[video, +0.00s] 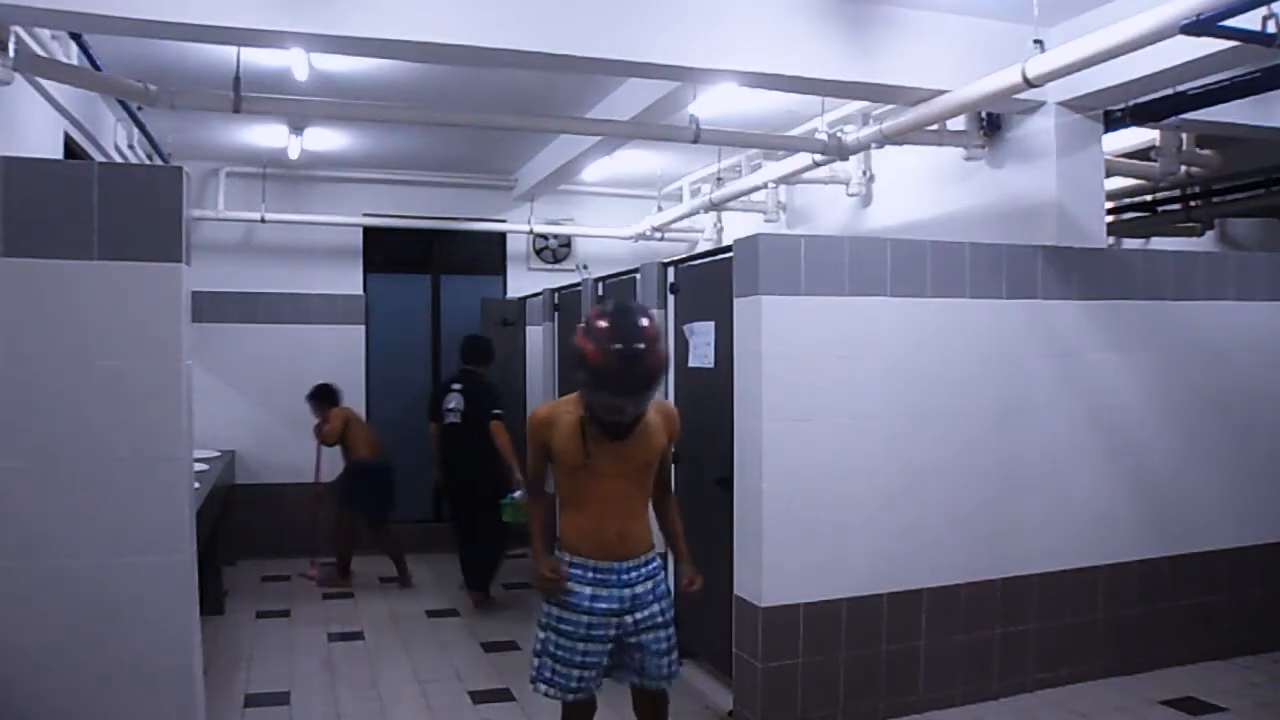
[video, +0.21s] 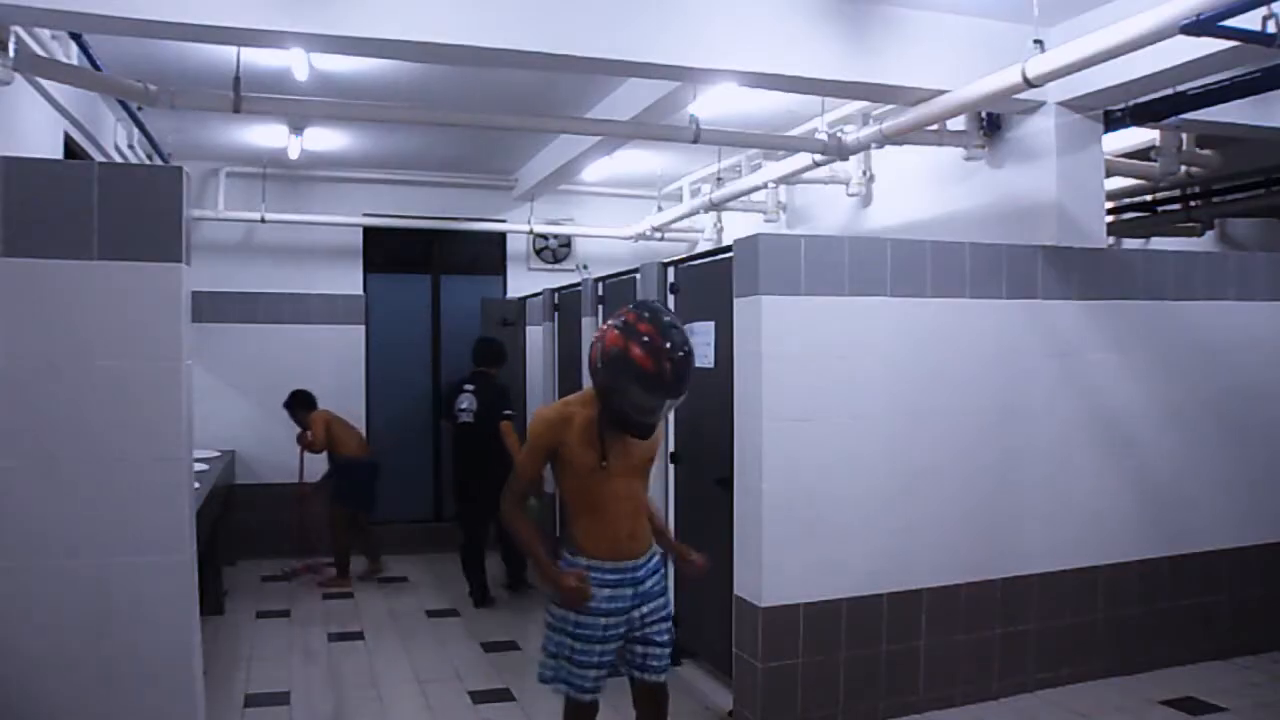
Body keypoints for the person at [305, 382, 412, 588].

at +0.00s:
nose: (314, 411)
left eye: (315, 406)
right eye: (313, 407)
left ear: (322, 404)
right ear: (334, 401)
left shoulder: (339, 413)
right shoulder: (350, 415)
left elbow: (331, 438)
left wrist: (319, 430)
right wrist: (332, 486)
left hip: (360, 473)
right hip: (379, 472)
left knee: (344, 522)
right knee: (379, 526)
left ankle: (342, 575)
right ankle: (403, 574)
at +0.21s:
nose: (294, 420)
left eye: (293, 415)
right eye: (292, 416)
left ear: (299, 411)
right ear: (311, 405)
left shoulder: (318, 417)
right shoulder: (328, 417)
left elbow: (319, 446)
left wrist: (305, 442)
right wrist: (318, 486)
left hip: (349, 468)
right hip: (365, 465)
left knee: (339, 520)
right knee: (358, 517)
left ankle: (342, 576)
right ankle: (374, 562)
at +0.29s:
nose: (289, 422)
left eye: (287, 417)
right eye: (286, 418)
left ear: (293, 412)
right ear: (305, 406)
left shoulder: (313, 418)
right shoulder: (322, 419)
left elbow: (314, 448)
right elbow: (331, 460)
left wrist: (301, 445)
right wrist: (315, 485)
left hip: (350, 467)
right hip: (359, 465)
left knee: (338, 519)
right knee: (343, 519)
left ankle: (343, 575)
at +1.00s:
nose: (274, 428)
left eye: (273, 422)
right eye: (270, 424)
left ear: (284, 414)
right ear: (285, 413)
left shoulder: (314, 422)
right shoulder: (299, 435)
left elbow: (333, 448)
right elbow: (308, 468)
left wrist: (300, 450)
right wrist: (297, 495)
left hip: (352, 471)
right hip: (333, 473)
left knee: (346, 523)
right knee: (327, 519)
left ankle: (345, 580)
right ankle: (334, 567)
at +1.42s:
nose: (288, 428)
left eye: (290, 422)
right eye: (285, 424)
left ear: (301, 415)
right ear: (289, 421)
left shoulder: (335, 421)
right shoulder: (297, 440)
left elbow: (355, 448)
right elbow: (303, 479)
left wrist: (324, 442)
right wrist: (301, 512)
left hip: (354, 470)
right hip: (330, 472)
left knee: (349, 521)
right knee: (324, 517)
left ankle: (346, 581)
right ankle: (333, 563)